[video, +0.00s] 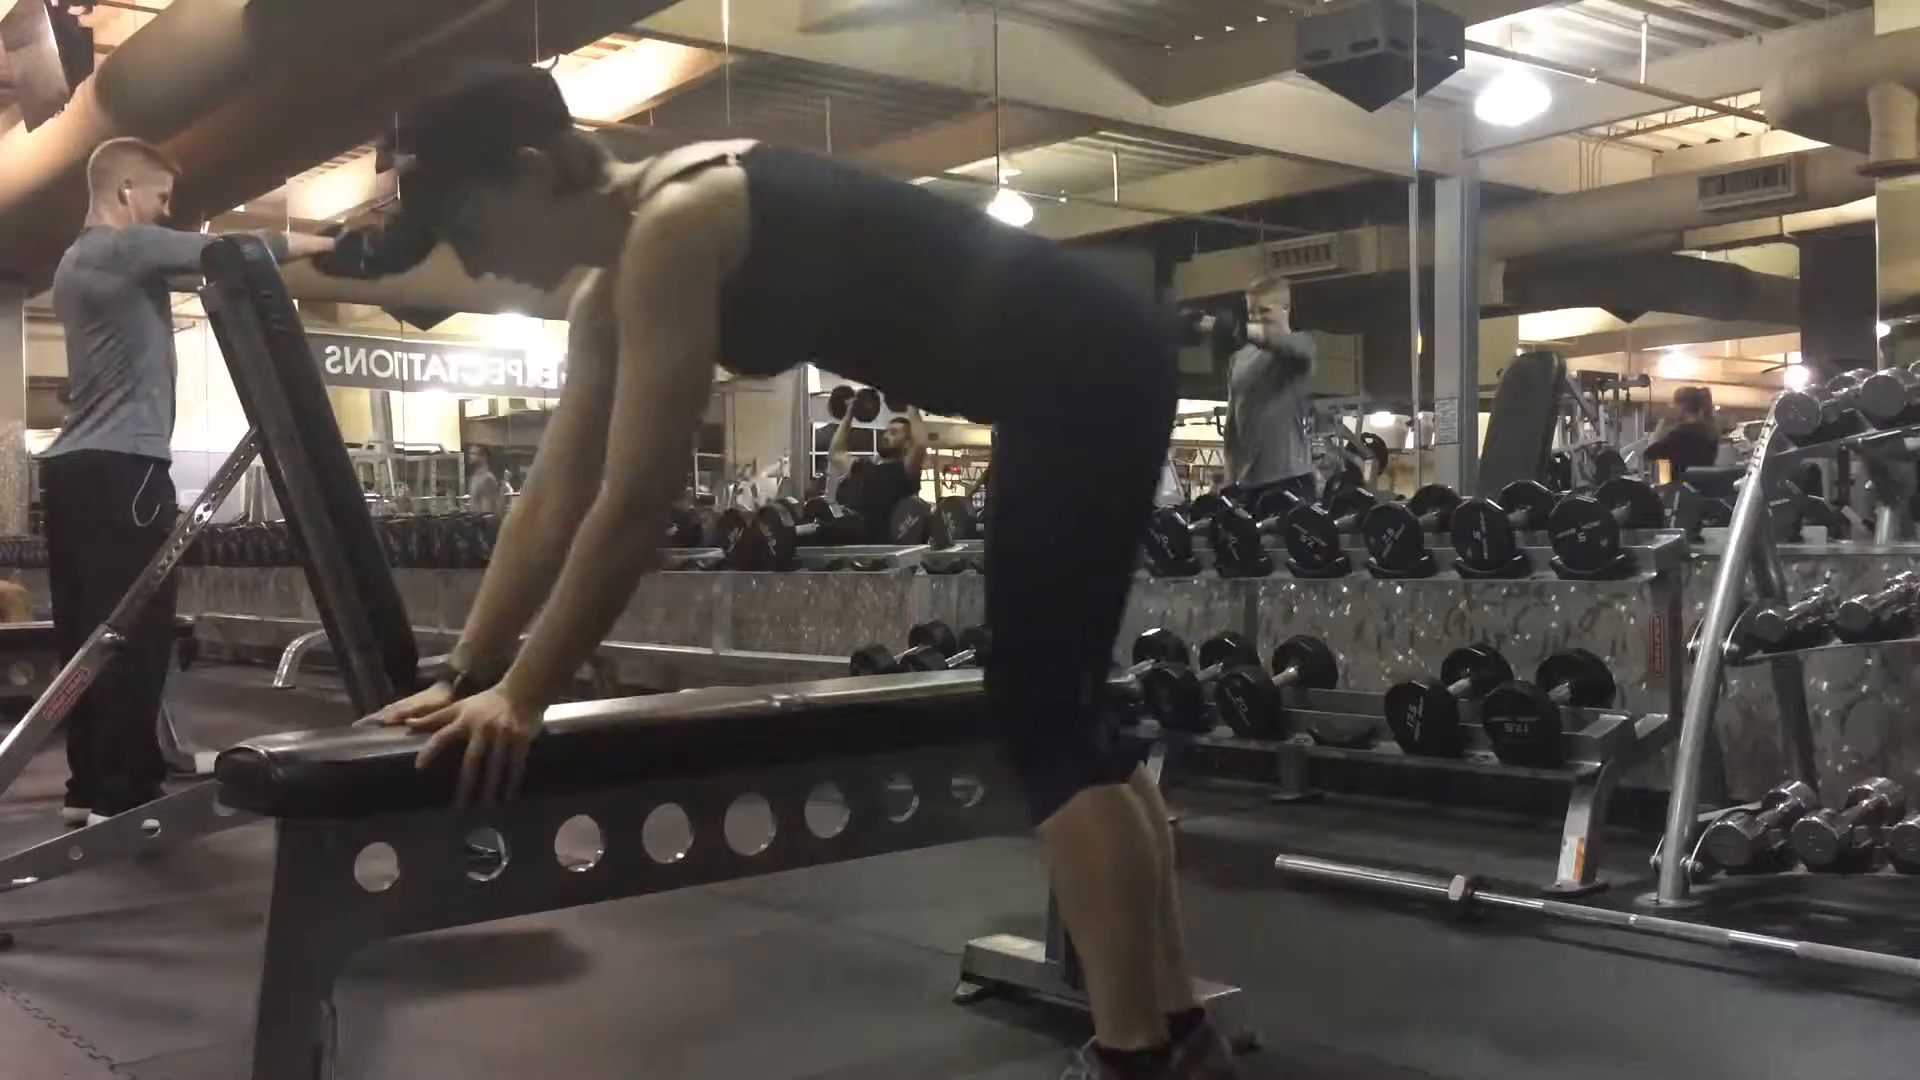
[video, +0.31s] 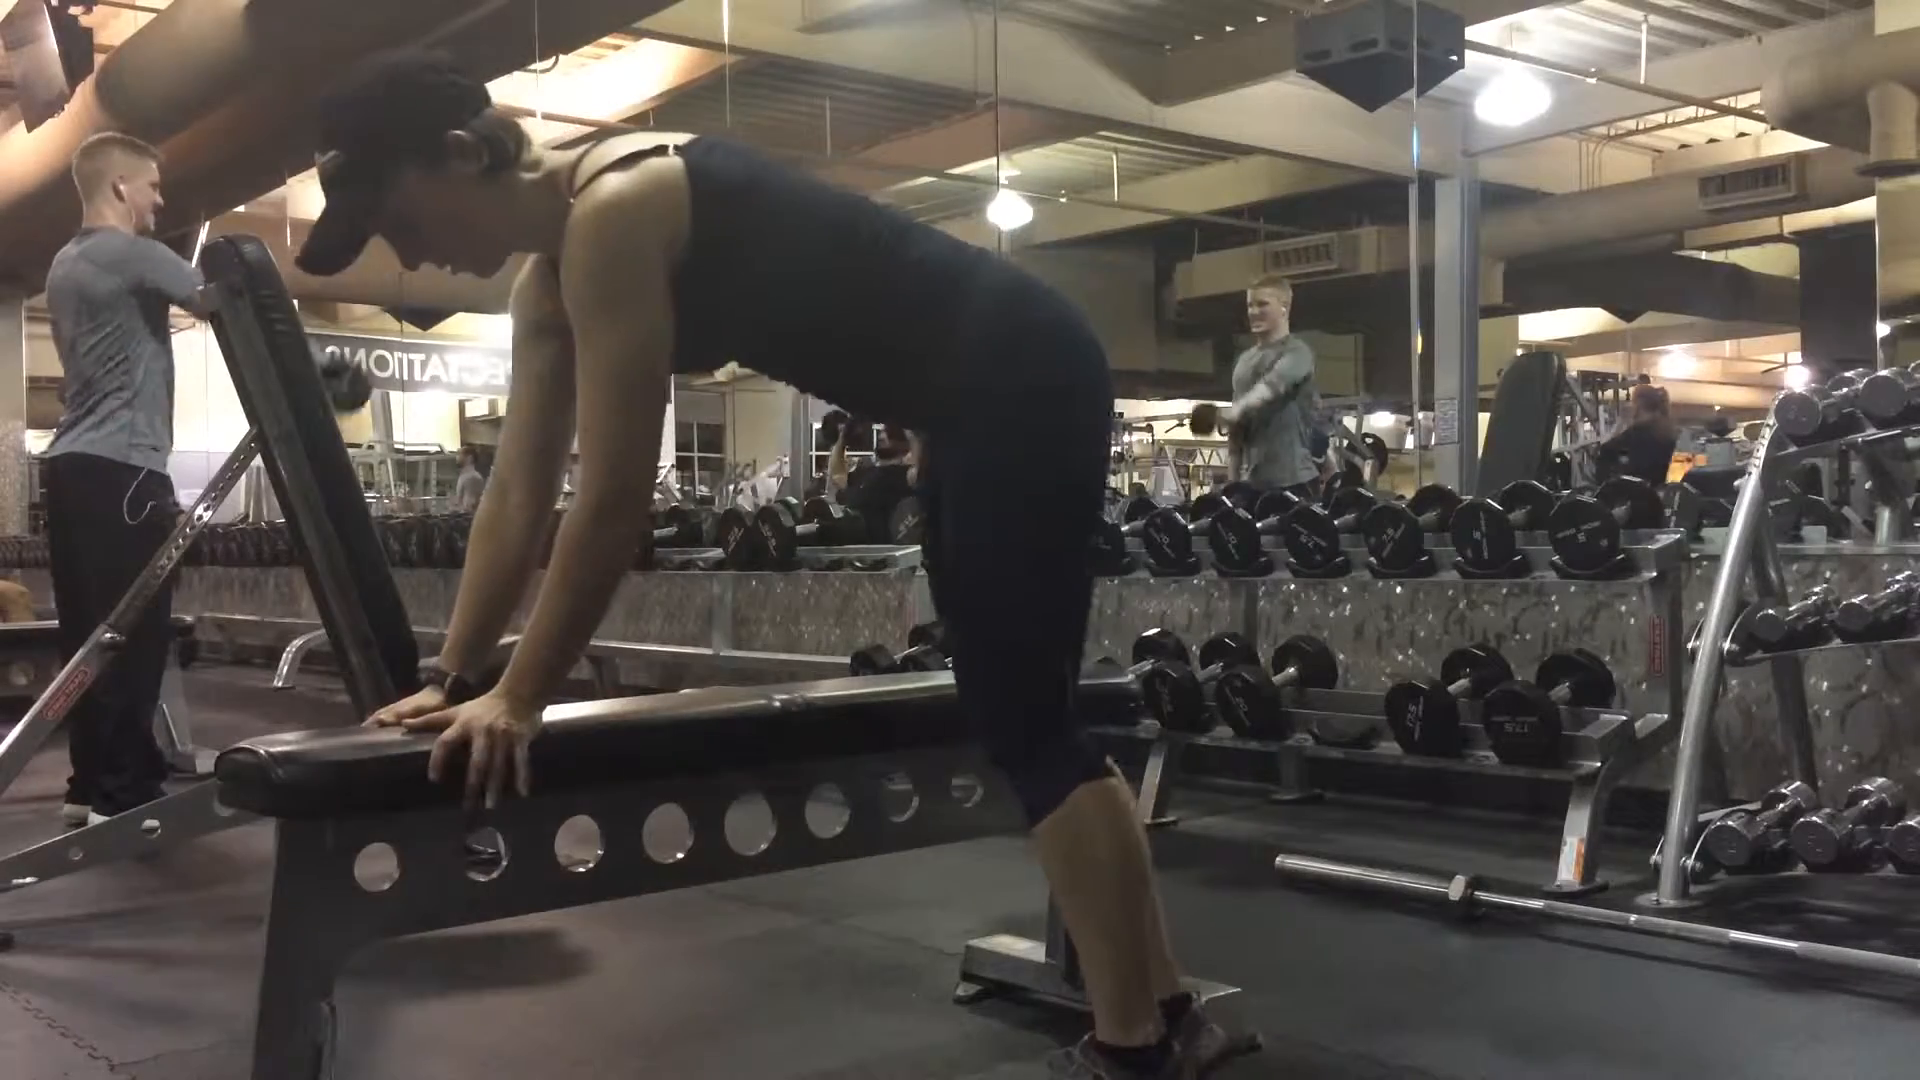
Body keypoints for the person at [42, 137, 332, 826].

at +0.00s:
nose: (166, 209)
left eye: (166, 199)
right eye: (159, 197)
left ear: (107, 198)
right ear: (122, 193)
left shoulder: (76, 262)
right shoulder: (125, 247)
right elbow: (231, 248)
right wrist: (327, 235)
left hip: (74, 469)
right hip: (123, 470)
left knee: (86, 635)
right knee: (136, 632)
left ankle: (90, 786)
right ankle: (128, 793)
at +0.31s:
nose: (158, 199)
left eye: (157, 187)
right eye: (151, 186)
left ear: (100, 191)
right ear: (120, 186)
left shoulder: (66, 264)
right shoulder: (130, 251)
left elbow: (147, 322)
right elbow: (218, 303)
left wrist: (192, 264)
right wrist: (233, 254)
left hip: (72, 467)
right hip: (122, 472)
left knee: (89, 633)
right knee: (138, 633)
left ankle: (93, 784)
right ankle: (124, 793)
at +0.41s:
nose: (162, 199)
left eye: (161, 187)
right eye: (156, 186)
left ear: (102, 193)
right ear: (127, 187)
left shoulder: (66, 267)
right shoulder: (137, 256)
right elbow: (221, 332)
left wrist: (184, 272)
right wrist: (223, 278)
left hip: (69, 466)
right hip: (125, 470)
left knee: (86, 629)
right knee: (139, 628)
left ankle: (92, 782)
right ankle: (126, 791)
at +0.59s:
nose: (168, 199)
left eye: (166, 187)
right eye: (161, 186)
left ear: (107, 194)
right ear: (134, 189)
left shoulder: (67, 272)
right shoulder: (146, 266)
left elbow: (83, 375)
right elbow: (199, 370)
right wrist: (242, 449)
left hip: (71, 468)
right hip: (130, 472)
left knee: (85, 629)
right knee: (142, 629)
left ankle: (90, 784)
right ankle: (126, 791)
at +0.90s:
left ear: (95, 196)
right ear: (150, 203)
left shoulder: (76, 266)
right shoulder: (130, 271)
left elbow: (91, 385)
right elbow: (156, 386)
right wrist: (179, 479)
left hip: (69, 465)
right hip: (120, 469)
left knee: (81, 629)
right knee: (132, 629)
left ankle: (87, 784)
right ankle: (123, 789)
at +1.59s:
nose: (146, 204)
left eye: (146, 191)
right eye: (141, 190)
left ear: (90, 191)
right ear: (111, 188)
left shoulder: (70, 262)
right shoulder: (113, 266)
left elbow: (167, 310)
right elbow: (128, 383)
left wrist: (228, 314)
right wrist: (155, 474)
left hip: (70, 469)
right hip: (107, 471)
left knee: (87, 630)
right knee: (123, 631)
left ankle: (93, 785)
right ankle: (121, 790)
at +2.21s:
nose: (191, 233)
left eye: (191, 221)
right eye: (186, 219)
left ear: (135, 216)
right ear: (159, 216)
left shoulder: (100, 274)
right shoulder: (131, 283)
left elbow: (177, 348)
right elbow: (144, 398)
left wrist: (239, 389)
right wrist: (167, 495)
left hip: (50, 478)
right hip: (85, 483)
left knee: (85, 640)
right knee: (142, 635)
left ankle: (89, 789)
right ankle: (125, 793)